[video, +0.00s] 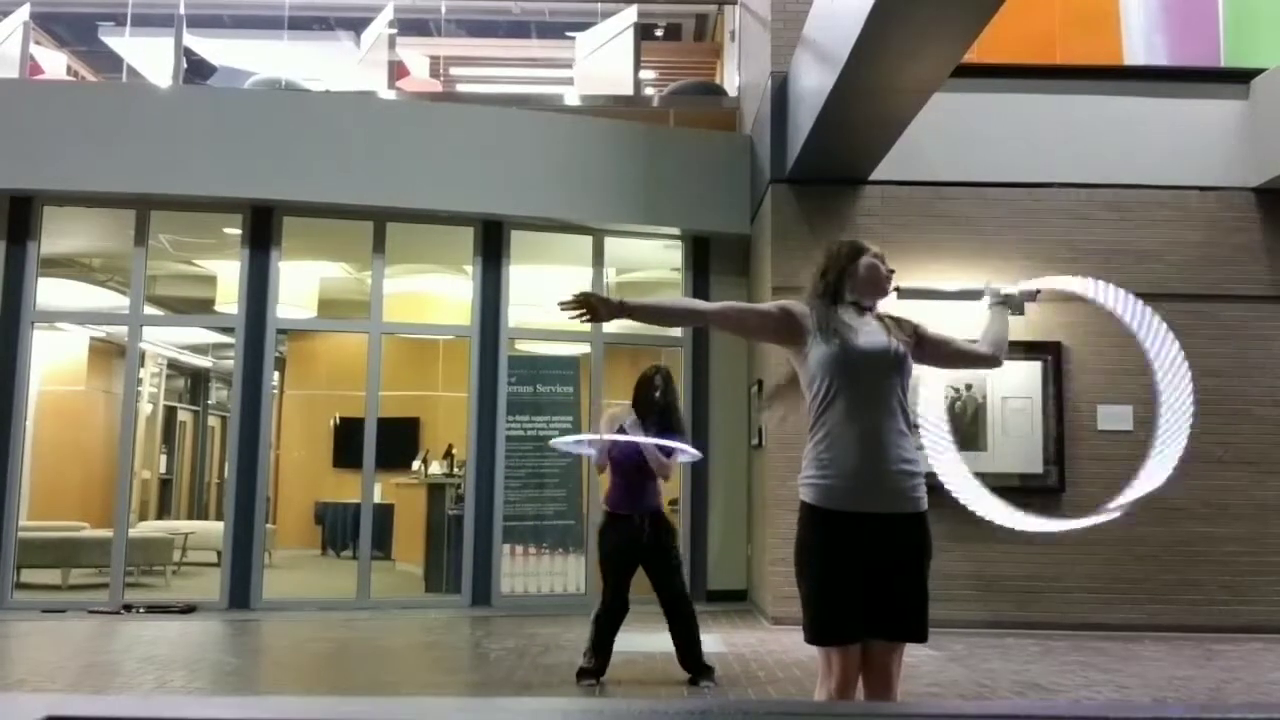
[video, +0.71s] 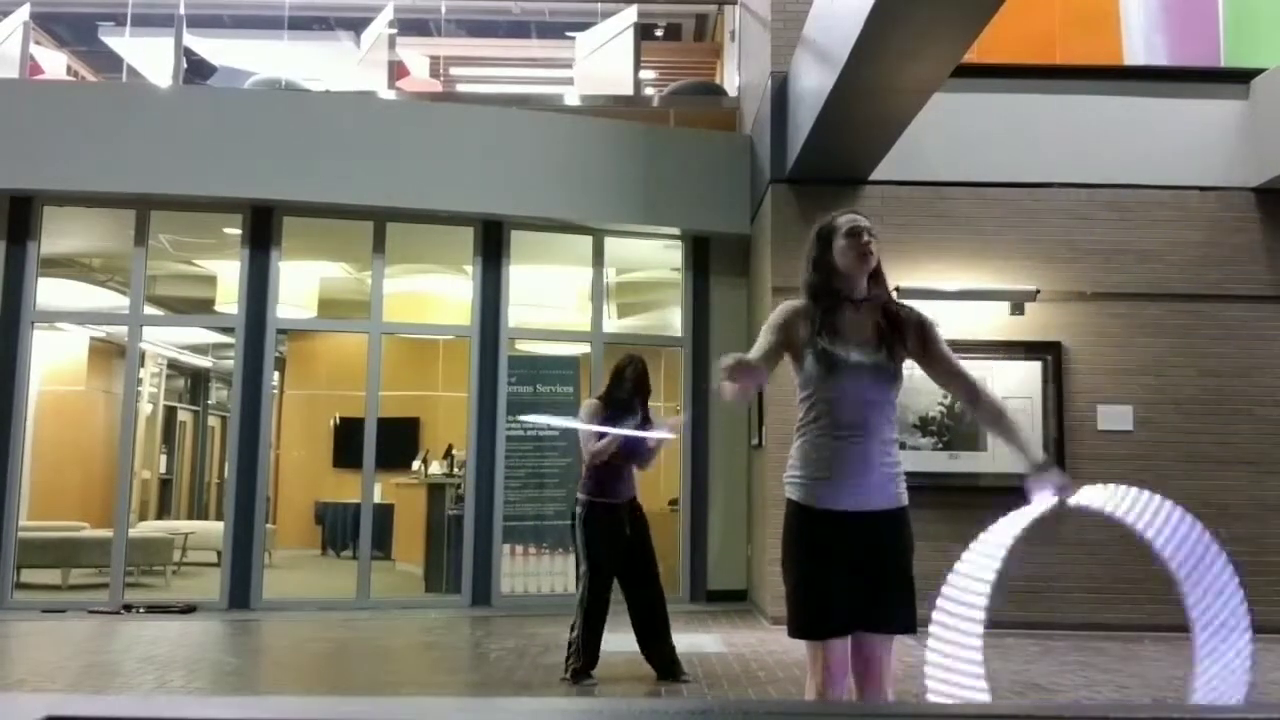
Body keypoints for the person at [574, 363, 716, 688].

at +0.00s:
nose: (656, 398)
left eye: (662, 393)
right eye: (651, 390)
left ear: (669, 397)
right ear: (638, 391)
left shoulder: (668, 428)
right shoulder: (615, 418)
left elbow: (666, 471)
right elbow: (599, 465)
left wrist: (642, 440)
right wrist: (603, 440)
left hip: (654, 523)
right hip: (617, 522)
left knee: (676, 599)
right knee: (614, 601)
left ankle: (698, 669)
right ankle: (592, 668)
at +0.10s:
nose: (647, 393)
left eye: (653, 388)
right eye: (642, 386)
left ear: (660, 393)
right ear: (631, 387)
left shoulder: (661, 428)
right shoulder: (607, 416)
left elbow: (667, 471)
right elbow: (596, 461)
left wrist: (635, 437)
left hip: (638, 517)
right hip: (604, 517)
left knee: (661, 595)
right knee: (607, 600)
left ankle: (694, 669)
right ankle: (591, 670)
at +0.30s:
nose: (639, 382)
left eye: (643, 376)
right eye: (634, 374)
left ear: (647, 378)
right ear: (621, 374)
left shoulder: (638, 408)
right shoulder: (600, 397)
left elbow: (625, 454)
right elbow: (588, 441)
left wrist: (656, 467)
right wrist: (624, 469)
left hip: (625, 508)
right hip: (597, 507)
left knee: (641, 587)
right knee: (598, 589)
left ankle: (659, 666)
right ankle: (585, 670)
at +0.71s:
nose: (634, 390)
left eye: (639, 384)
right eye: (629, 381)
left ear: (644, 386)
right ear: (618, 380)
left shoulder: (642, 415)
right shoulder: (593, 409)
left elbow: (642, 462)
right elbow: (591, 454)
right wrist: (624, 424)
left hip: (628, 510)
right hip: (595, 510)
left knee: (646, 589)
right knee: (594, 590)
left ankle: (666, 666)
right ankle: (578, 667)